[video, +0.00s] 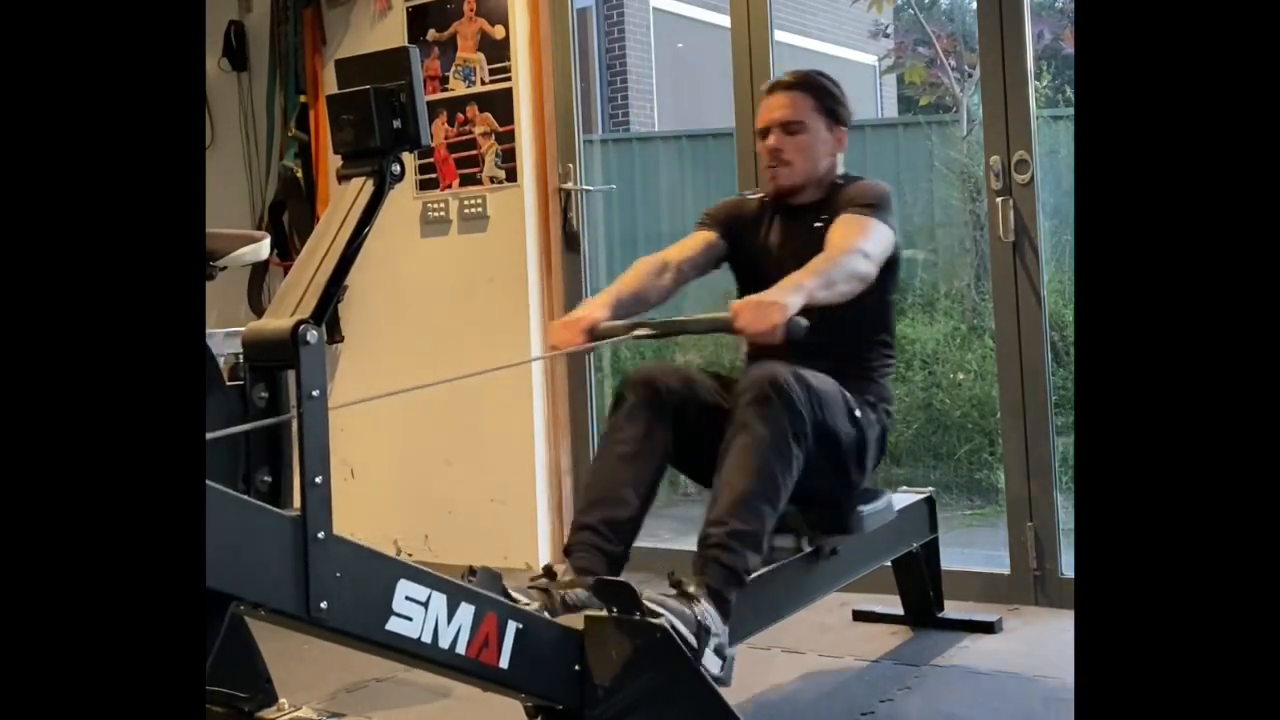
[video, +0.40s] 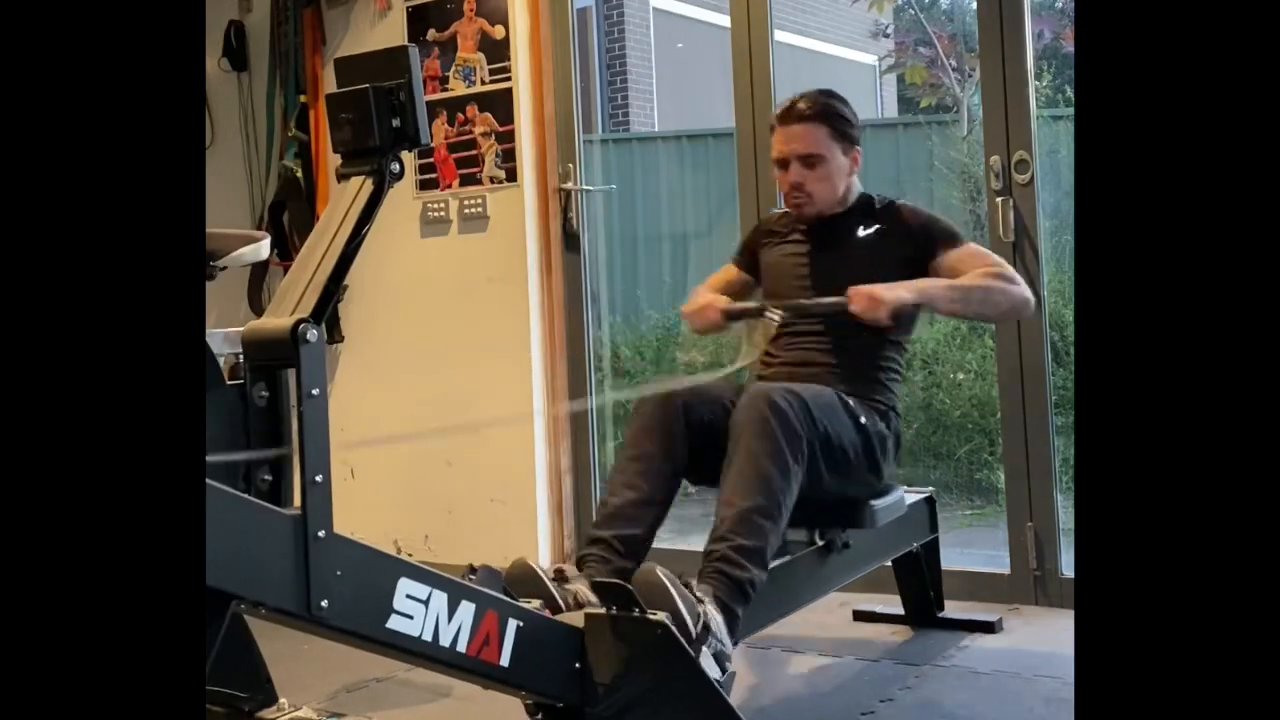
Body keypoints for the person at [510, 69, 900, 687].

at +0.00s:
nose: (771, 145)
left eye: (790, 129)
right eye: (763, 133)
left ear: (838, 140)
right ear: (754, 144)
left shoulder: (866, 202)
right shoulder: (742, 217)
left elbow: (849, 262)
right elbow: (669, 267)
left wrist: (787, 294)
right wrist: (603, 306)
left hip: (846, 436)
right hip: (755, 423)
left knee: (770, 380)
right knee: (650, 385)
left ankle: (708, 608)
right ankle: (583, 577)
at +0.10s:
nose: (807, 153)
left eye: (825, 138)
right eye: (798, 141)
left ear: (869, 145)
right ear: (790, 148)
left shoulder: (898, 208)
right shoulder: (773, 219)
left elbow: (907, 273)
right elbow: (704, 273)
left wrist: (842, 285)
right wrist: (653, 296)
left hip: (861, 405)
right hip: (774, 399)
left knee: (786, 449)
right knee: (675, 441)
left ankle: (715, 620)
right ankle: (583, 592)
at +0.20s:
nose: (826, 180)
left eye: (842, 164)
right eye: (817, 166)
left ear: (884, 163)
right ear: (807, 168)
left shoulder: (919, 224)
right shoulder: (798, 233)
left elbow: (966, 292)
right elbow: (737, 287)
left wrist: (890, 288)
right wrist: (698, 300)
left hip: (869, 408)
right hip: (785, 404)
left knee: (792, 469)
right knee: (696, 474)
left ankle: (719, 623)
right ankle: (594, 589)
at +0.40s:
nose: (791, 179)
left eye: (808, 163)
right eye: (782, 164)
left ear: (853, 161)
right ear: (773, 165)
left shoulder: (901, 228)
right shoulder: (771, 234)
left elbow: (1017, 298)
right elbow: (698, 314)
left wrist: (914, 292)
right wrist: (711, 309)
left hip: (858, 429)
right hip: (762, 419)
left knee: (768, 401)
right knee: (663, 408)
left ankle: (716, 618)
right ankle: (594, 585)